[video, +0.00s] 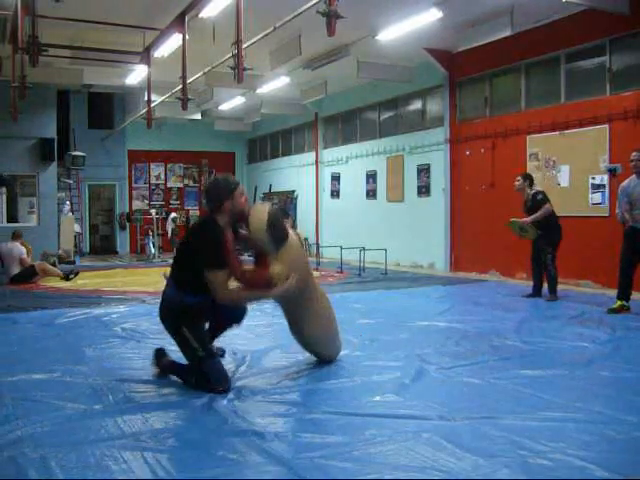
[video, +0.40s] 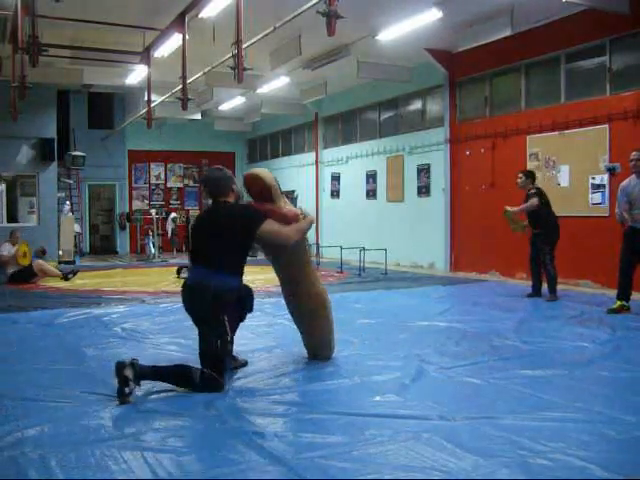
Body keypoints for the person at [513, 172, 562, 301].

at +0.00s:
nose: (515, 183)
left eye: (518, 181)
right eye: (515, 181)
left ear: (527, 183)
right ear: (525, 183)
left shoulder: (538, 194)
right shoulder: (527, 199)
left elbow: (548, 208)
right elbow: (535, 217)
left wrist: (529, 219)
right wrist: (524, 229)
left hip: (551, 230)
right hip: (539, 231)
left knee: (548, 260)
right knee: (536, 260)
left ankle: (552, 292)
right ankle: (536, 290)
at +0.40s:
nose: (517, 181)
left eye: (520, 178)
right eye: (517, 178)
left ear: (529, 180)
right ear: (527, 181)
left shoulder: (534, 191)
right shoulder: (530, 194)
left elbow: (535, 203)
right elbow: (537, 217)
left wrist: (515, 210)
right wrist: (523, 225)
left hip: (547, 230)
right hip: (537, 231)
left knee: (547, 260)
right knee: (535, 261)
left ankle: (552, 292)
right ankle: (536, 290)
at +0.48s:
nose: (523, 178)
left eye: (526, 176)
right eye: (523, 175)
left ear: (534, 178)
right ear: (534, 179)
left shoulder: (536, 191)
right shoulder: (540, 192)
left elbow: (527, 201)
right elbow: (537, 216)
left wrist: (511, 202)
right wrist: (519, 219)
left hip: (542, 230)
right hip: (537, 229)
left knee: (543, 259)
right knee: (534, 260)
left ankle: (552, 292)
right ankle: (536, 290)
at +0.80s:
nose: (536, 176)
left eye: (538, 174)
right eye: (537, 174)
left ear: (539, 176)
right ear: (549, 179)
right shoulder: (549, 195)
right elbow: (521, 189)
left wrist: (530, 182)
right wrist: (523, 181)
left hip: (537, 230)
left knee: (538, 260)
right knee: (532, 260)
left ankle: (550, 291)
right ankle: (535, 289)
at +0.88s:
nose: (536, 176)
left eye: (538, 174)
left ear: (539, 176)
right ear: (551, 180)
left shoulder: (532, 188)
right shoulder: (551, 195)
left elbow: (521, 173)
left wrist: (536, 169)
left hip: (531, 227)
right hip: (543, 226)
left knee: (536, 259)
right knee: (536, 259)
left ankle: (550, 291)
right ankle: (536, 289)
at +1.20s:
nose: (541, 175)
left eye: (543, 174)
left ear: (544, 176)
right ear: (555, 178)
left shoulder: (539, 187)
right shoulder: (555, 187)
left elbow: (527, 178)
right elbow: (556, 176)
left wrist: (540, 167)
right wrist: (562, 165)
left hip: (539, 224)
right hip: (550, 222)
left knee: (540, 257)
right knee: (540, 257)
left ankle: (552, 291)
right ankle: (537, 289)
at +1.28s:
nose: (542, 174)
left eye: (543, 172)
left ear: (545, 172)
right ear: (555, 173)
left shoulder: (545, 185)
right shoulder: (551, 184)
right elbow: (533, 177)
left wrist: (535, 223)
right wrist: (545, 165)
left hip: (546, 224)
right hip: (546, 223)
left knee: (544, 257)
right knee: (537, 256)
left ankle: (552, 291)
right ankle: (537, 288)